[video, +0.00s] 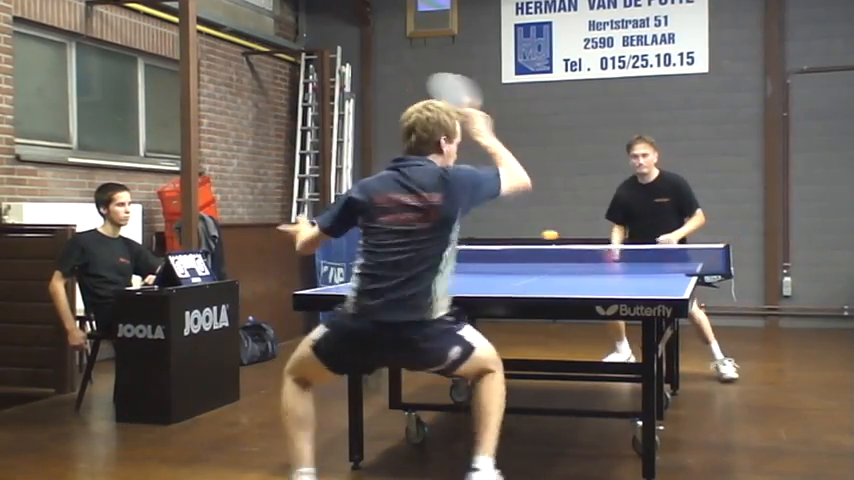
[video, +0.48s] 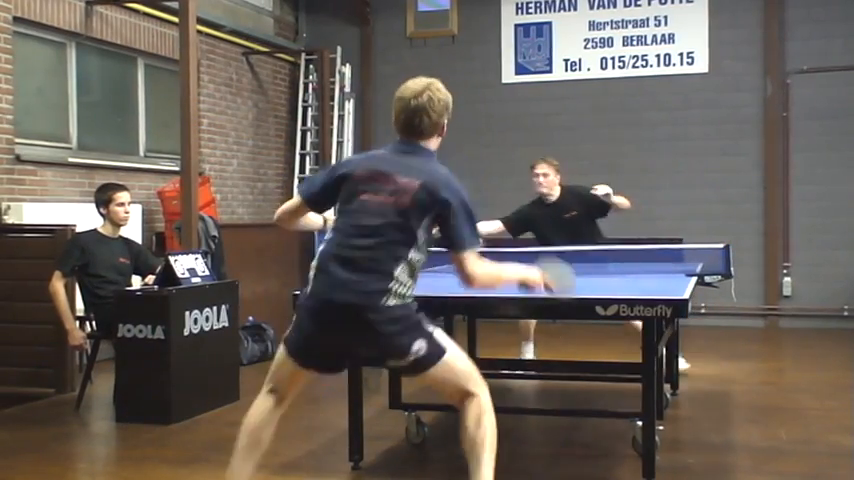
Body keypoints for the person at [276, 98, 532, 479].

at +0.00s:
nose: (457, 150)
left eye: (457, 142)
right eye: (456, 142)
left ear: (410, 140)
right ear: (442, 143)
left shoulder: (367, 189)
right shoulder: (454, 182)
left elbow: (306, 243)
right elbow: (520, 179)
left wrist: (302, 230)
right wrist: (485, 135)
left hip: (359, 326)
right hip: (422, 329)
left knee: (297, 378)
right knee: (490, 369)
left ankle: (303, 473)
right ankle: (483, 467)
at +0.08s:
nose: (445, 144)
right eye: (443, 139)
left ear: (395, 146)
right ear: (435, 146)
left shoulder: (369, 197)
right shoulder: (458, 184)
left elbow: (306, 262)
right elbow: (508, 189)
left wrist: (291, 255)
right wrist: (469, 147)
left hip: (389, 333)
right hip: (454, 332)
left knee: (311, 381)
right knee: (493, 388)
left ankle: (318, 475)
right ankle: (542, 470)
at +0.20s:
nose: (438, 143)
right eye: (436, 138)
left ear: (389, 146)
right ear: (434, 146)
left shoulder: (373, 198)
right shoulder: (460, 191)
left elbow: (310, 265)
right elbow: (506, 229)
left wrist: (289, 257)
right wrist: (474, 182)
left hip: (401, 333)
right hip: (464, 333)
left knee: (306, 377)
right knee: (490, 392)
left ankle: (317, 474)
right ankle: (550, 470)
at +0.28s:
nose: (436, 125)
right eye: (436, 121)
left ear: (392, 127)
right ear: (436, 129)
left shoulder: (363, 175)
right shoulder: (457, 176)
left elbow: (305, 233)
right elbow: (502, 231)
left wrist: (286, 233)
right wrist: (480, 204)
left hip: (377, 316)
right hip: (443, 317)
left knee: (296, 377)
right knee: (492, 389)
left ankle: (316, 474)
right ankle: (547, 471)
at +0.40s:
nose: (447, 115)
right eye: (446, 109)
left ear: (396, 112)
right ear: (442, 117)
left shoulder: (357, 156)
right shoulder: (450, 167)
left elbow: (289, 208)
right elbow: (492, 249)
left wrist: (297, 216)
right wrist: (512, 224)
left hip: (339, 293)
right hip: (405, 297)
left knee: (283, 375)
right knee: (478, 380)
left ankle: (287, 474)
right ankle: (506, 476)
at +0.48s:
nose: (448, 127)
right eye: (447, 120)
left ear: (397, 121)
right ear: (442, 127)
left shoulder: (356, 165)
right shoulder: (442, 184)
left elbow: (286, 217)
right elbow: (473, 274)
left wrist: (327, 219)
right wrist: (523, 274)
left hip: (320, 312)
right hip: (384, 317)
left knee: (273, 394)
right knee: (473, 392)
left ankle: (236, 475)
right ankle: (483, 476)